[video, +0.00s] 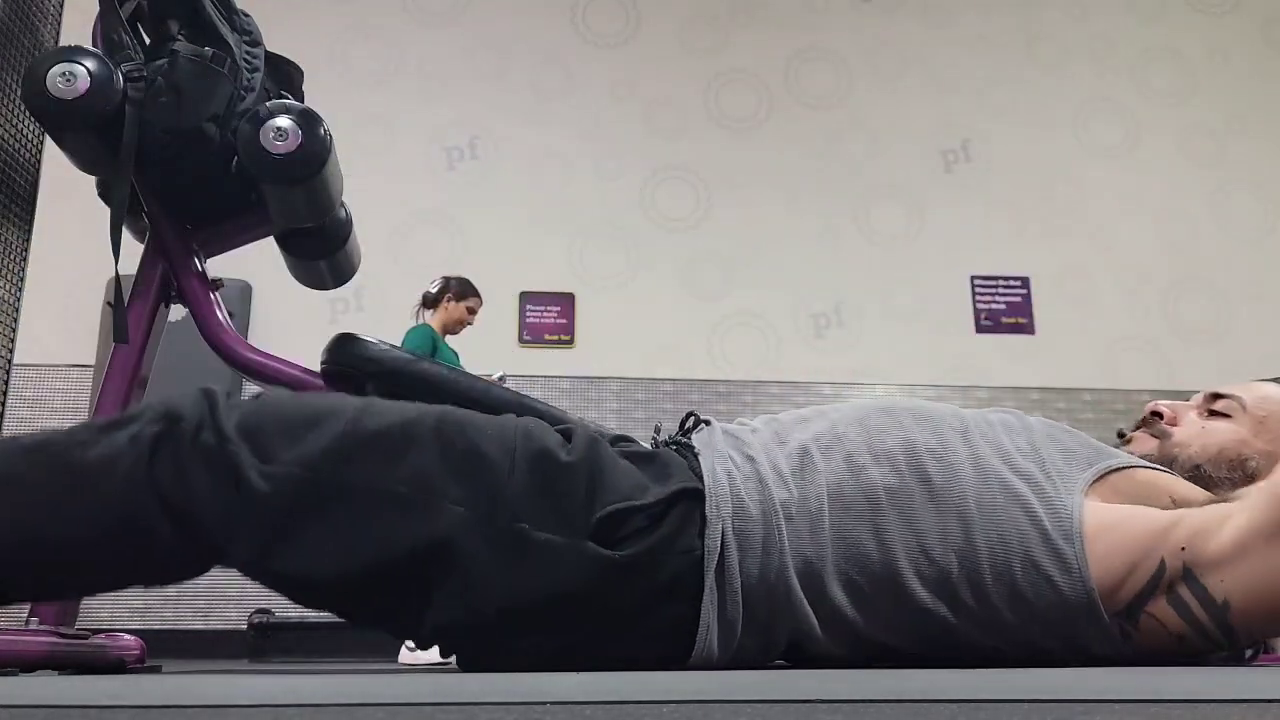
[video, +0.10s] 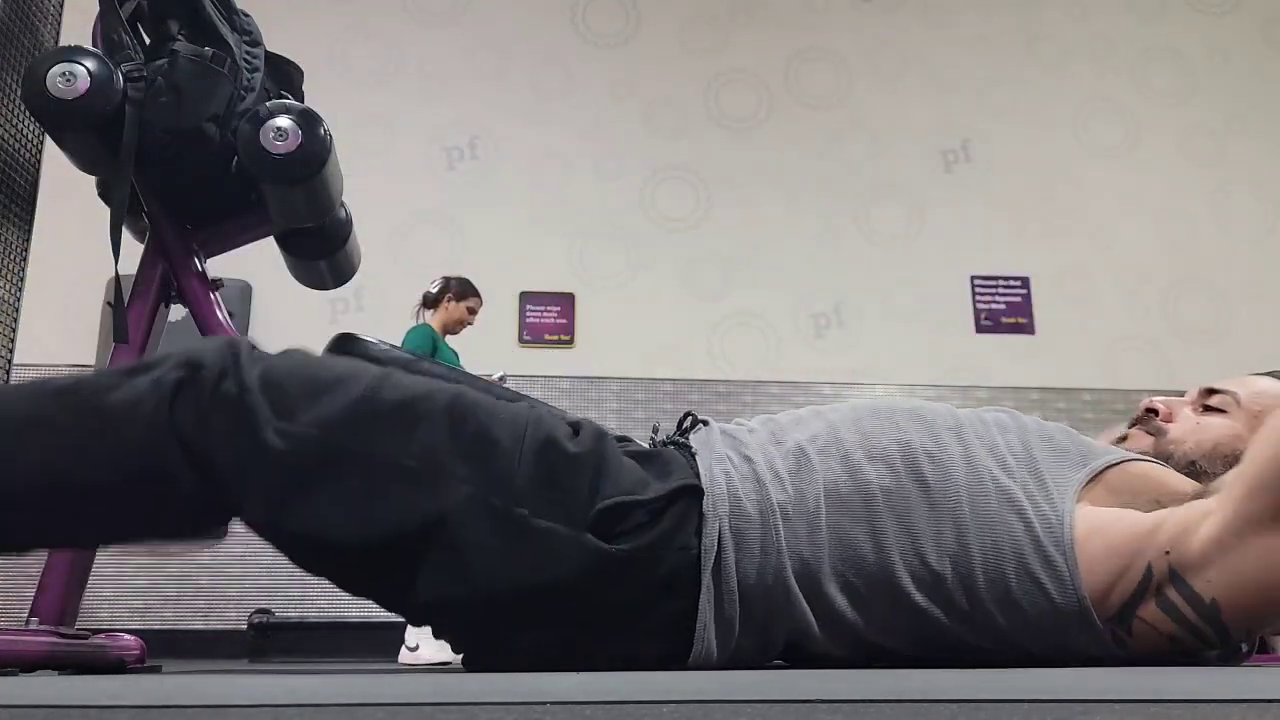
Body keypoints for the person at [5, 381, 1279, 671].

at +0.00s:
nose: (1196, 405)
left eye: (1225, 419)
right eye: (1208, 397)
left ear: (1234, 479)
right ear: (1172, 425)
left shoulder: (1177, 557)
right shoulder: (1104, 483)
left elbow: (1273, 542)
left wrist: (1245, 453)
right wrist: (1231, 440)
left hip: (658, 538)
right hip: (651, 470)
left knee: (216, 451)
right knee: (239, 440)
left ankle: (13, 523)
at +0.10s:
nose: (1198, 407)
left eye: (1227, 420)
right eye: (1203, 400)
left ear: (1233, 482)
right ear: (1167, 433)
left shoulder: (1168, 568)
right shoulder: (1107, 494)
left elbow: (1276, 461)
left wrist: (1237, 435)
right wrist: (1213, 437)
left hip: (652, 546)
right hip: (648, 483)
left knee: (225, 404)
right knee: (262, 395)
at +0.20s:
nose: (1196, 406)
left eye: (1228, 410)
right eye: (1210, 399)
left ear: (1246, 470)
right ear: (1183, 428)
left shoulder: (1186, 570)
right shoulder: (1109, 483)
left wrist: (1195, 386)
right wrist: (1193, 380)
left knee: (257, 344)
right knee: (277, 338)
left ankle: (8, 380)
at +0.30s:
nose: (1196, 386)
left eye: (1232, 408)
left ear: (1256, 444)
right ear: (1197, 399)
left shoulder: (1196, 546)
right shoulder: (1081, 479)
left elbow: (1229, 222)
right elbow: (978, 395)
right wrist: (1114, 244)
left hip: (649, 557)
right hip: (649, 493)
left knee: (310, 302)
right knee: (332, 308)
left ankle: (9, 319)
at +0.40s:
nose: (1176, 348)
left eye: (1213, 360)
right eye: (1194, 342)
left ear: (1252, 439)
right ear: (1161, 396)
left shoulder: (1206, 530)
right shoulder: (1068, 478)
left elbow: (1074, 254)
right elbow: (906, 395)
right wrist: (930, 202)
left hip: (656, 565)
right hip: (643, 508)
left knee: (350, 275)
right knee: (368, 287)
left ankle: (20, 267)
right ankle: (224, 202)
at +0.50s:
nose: (1086, 340)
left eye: (1129, 329)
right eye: (1100, 321)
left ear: (1224, 382)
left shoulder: (1195, 487)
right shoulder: (1040, 469)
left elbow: (951, 274)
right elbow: (833, 369)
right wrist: (738, 201)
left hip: (686, 561)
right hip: (669, 522)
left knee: (368, 265)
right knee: (381, 285)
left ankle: (23, 230)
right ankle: (68, 235)